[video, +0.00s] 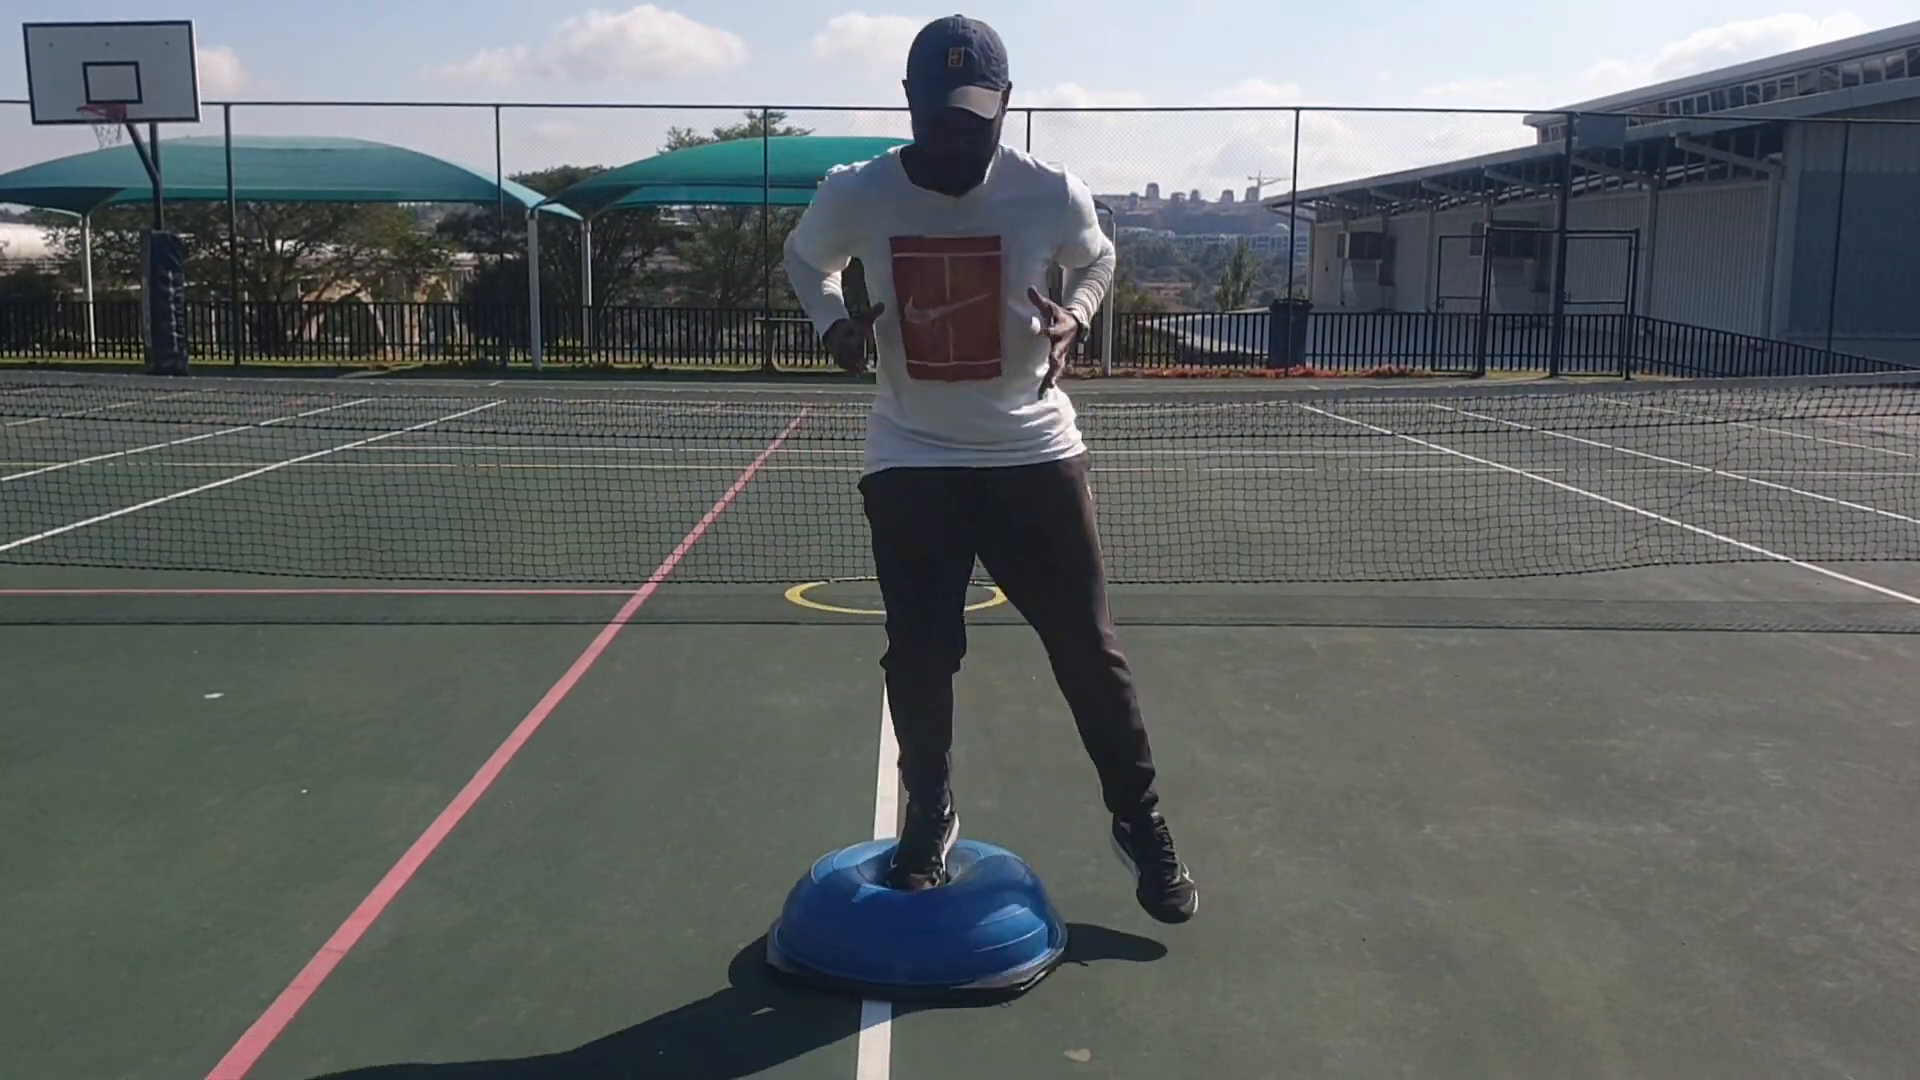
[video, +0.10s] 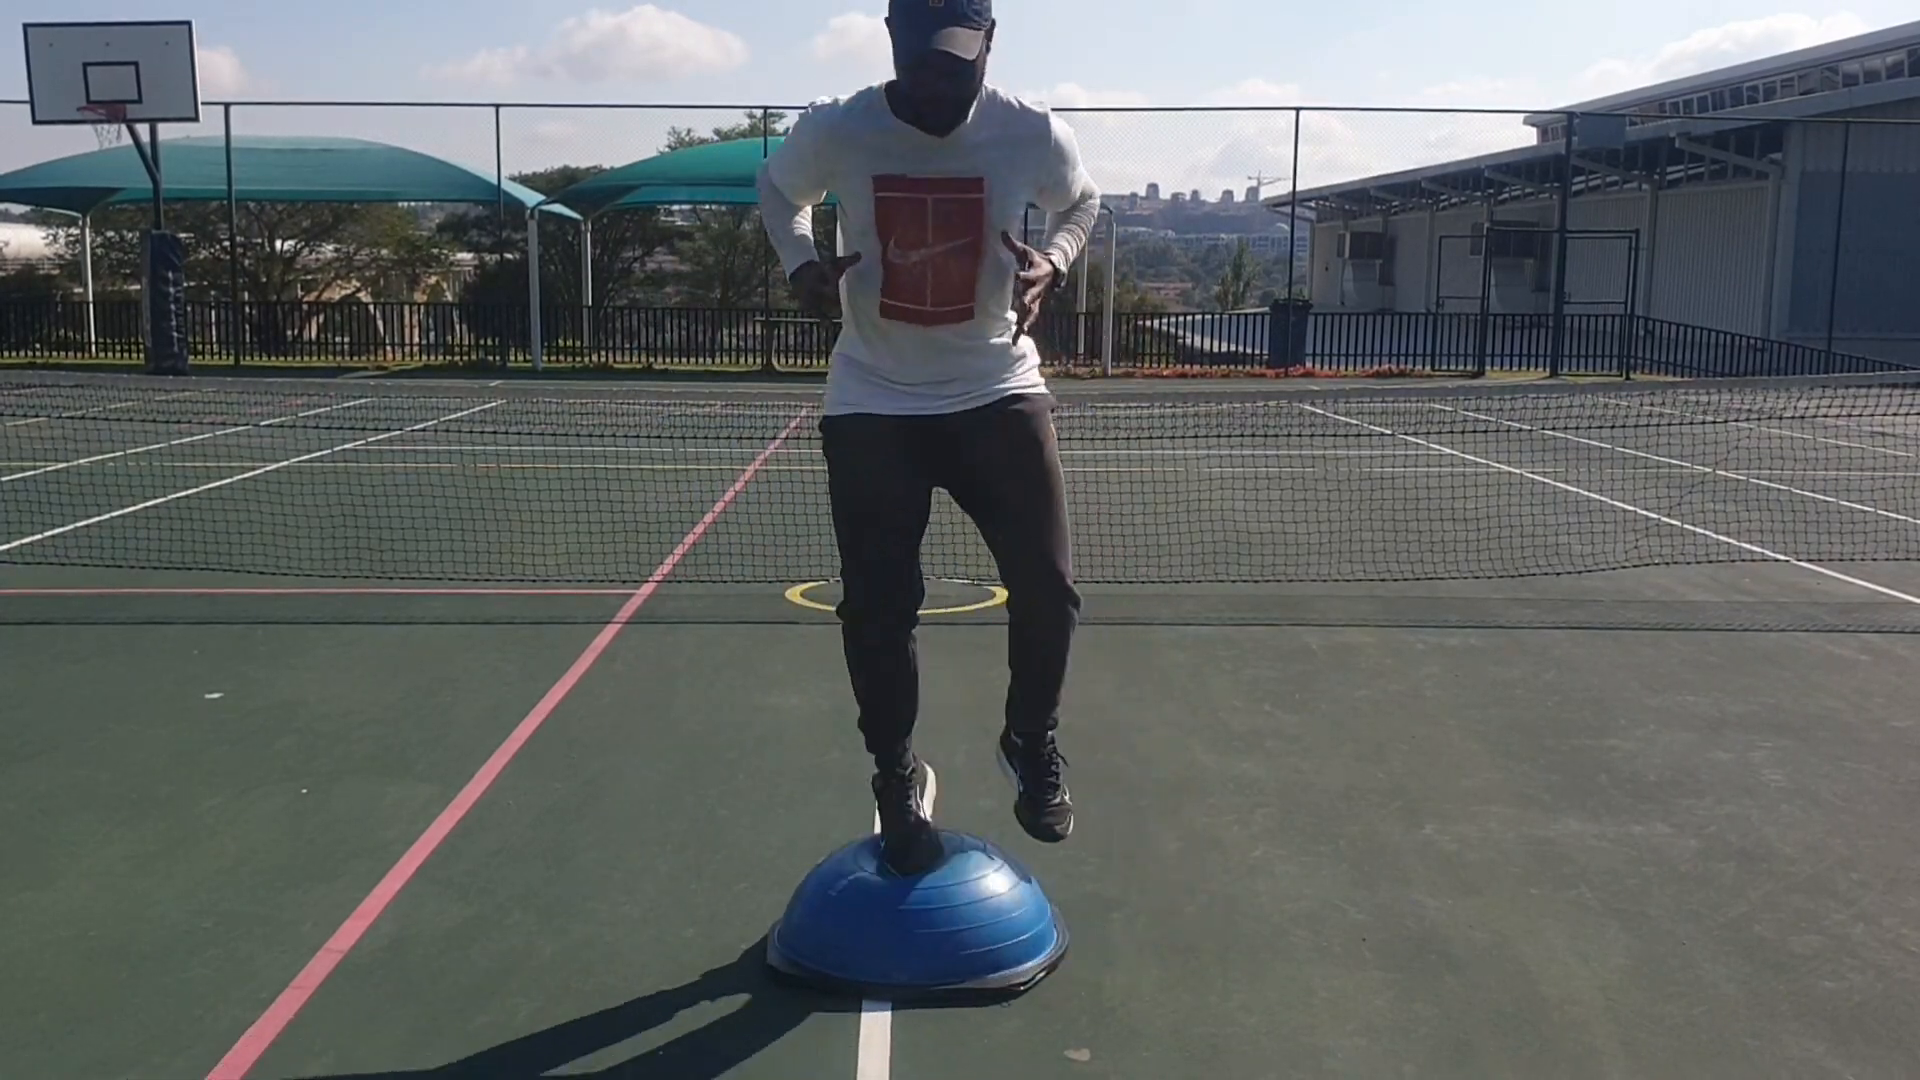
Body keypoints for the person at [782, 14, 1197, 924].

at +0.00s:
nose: (972, 132)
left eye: (986, 114)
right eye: (954, 115)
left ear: (1007, 105)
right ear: (913, 103)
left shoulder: (1052, 198)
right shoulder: (852, 197)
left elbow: (1098, 263)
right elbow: (803, 261)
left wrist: (1077, 309)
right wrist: (834, 321)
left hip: (1034, 449)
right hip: (912, 455)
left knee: (1090, 652)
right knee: (917, 652)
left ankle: (1143, 828)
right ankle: (925, 819)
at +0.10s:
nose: (935, 83)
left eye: (953, 65)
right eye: (920, 62)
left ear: (985, 49)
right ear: (894, 45)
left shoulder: (1035, 138)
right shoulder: (832, 134)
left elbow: (1080, 209)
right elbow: (776, 191)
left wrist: (1055, 259)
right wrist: (801, 260)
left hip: (997, 392)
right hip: (873, 398)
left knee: (1048, 589)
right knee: (876, 607)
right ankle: (896, 780)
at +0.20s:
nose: (915, 83)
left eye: (933, 62)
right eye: (899, 61)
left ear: (964, 46)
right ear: (872, 42)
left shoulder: (1015, 128)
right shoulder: (808, 118)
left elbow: (1060, 191)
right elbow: (749, 178)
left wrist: (1034, 247)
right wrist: (776, 254)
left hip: (967, 375)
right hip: (839, 371)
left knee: (991, 569)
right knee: (804, 572)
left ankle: (931, 729)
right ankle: (818, 738)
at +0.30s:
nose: (892, 105)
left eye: (909, 86)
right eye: (874, 85)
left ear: (940, 65)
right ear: (844, 59)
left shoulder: (987, 157)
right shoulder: (785, 147)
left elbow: (1035, 217)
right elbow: (729, 206)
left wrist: (1004, 276)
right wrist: (757, 287)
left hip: (932, 420)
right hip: (803, 410)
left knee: (933, 622)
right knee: (747, 609)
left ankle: (879, 798)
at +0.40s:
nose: (876, 163)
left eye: (892, 143)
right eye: (857, 145)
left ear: (919, 132)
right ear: (825, 135)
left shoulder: (962, 231)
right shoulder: (765, 217)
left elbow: (1010, 291)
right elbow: (722, 284)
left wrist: (975, 347)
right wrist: (748, 362)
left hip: (894, 492)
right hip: (768, 490)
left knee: (924, 677)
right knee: (695, 687)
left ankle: (878, 820)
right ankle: (624, 863)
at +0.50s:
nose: (860, 232)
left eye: (878, 215)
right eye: (845, 212)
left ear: (902, 209)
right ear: (813, 201)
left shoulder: (940, 301)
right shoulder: (745, 287)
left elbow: (977, 383)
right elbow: (697, 378)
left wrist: (947, 429)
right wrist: (732, 451)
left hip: (870, 533)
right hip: (748, 536)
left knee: (936, 670)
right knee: (685, 716)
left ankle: (881, 806)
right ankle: (622, 879)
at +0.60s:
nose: (896, 186)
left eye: (910, 168)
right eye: (878, 168)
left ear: (928, 157)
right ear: (837, 156)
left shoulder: (967, 250)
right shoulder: (768, 243)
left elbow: (1012, 315)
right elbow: (716, 324)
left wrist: (982, 362)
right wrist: (749, 383)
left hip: (903, 502)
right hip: (777, 506)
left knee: (933, 681)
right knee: (710, 694)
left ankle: (883, 819)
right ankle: (632, 866)